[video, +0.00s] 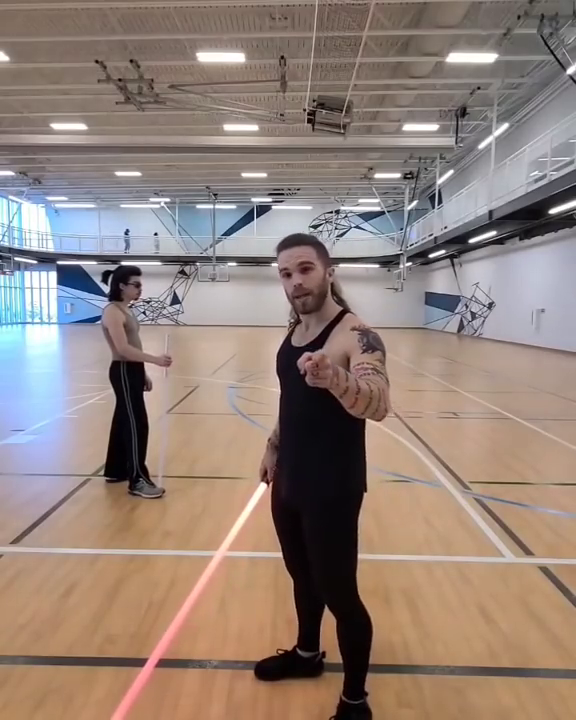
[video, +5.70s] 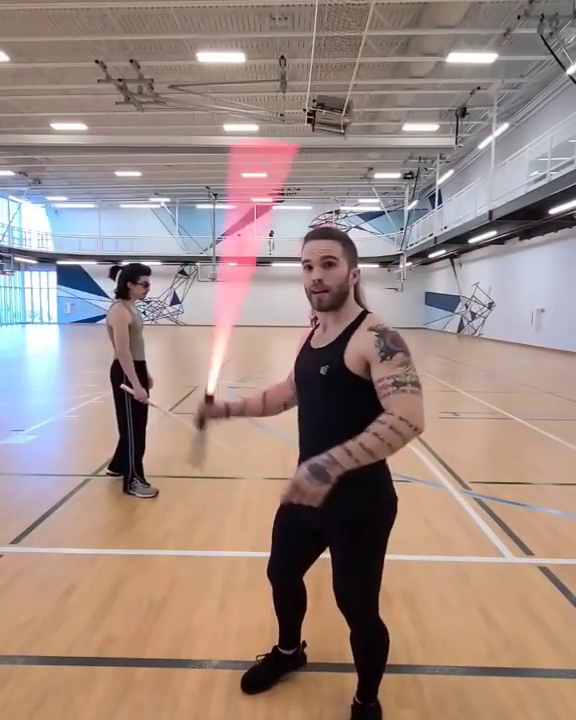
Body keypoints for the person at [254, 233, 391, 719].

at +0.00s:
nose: (296, 281)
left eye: (305, 269)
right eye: (286, 274)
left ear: (328, 271)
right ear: (280, 282)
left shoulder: (356, 335)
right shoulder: (297, 331)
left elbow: (378, 405)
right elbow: (295, 400)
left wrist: (335, 378)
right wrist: (273, 444)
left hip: (333, 483)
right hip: (290, 476)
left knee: (340, 593)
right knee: (303, 571)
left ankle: (355, 698)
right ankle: (307, 651)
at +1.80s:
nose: (305, 281)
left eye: (318, 271)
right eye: (299, 273)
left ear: (346, 279)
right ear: (294, 281)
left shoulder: (367, 338)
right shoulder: (321, 333)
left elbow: (380, 403)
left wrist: (335, 414)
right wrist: (300, 482)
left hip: (350, 501)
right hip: (308, 491)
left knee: (348, 608)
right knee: (299, 579)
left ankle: (356, 703)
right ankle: (306, 663)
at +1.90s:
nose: (305, 285)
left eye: (318, 273)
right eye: (299, 276)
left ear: (345, 281)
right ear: (293, 283)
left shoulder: (366, 340)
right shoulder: (323, 335)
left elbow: (380, 413)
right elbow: (326, 416)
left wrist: (321, 458)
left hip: (350, 504)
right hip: (309, 494)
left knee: (348, 610)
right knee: (300, 583)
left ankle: (357, 703)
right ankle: (307, 666)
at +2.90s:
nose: (279, 285)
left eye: (289, 275)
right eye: (270, 276)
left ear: (308, 278)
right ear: (261, 281)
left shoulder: (329, 337)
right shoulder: (275, 330)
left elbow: (356, 417)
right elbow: (284, 401)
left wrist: (324, 487)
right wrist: (256, 434)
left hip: (310, 482)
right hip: (272, 475)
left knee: (315, 594)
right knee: (286, 568)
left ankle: (351, 696)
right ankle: (301, 645)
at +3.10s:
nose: (285, 283)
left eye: (296, 274)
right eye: (276, 272)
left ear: (310, 280)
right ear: (264, 275)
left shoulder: (333, 336)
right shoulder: (264, 329)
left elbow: (367, 411)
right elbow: (252, 385)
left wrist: (354, 482)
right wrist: (198, 406)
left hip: (319, 483)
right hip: (272, 476)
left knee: (337, 591)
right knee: (290, 569)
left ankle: (364, 697)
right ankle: (302, 646)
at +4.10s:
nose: (330, 273)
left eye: (344, 264)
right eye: (328, 264)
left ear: (377, 277)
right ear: (325, 269)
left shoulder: (410, 346)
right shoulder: (318, 335)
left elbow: (432, 438)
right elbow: (267, 373)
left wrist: (377, 504)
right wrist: (205, 381)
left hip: (380, 497)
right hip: (323, 484)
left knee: (368, 608)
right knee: (292, 568)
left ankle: (368, 700)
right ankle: (301, 642)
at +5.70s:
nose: (316, 275)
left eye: (329, 264)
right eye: (308, 266)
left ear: (353, 272)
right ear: (302, 273)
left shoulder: (377, 338)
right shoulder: (316, 333)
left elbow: (406, 419)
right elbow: (285, 394)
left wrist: (329, 464)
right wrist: (226, 406)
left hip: (361, 497)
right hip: (309, 489)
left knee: (358, 605)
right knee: (283, 571)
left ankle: (367, 700)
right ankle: (289, 649)